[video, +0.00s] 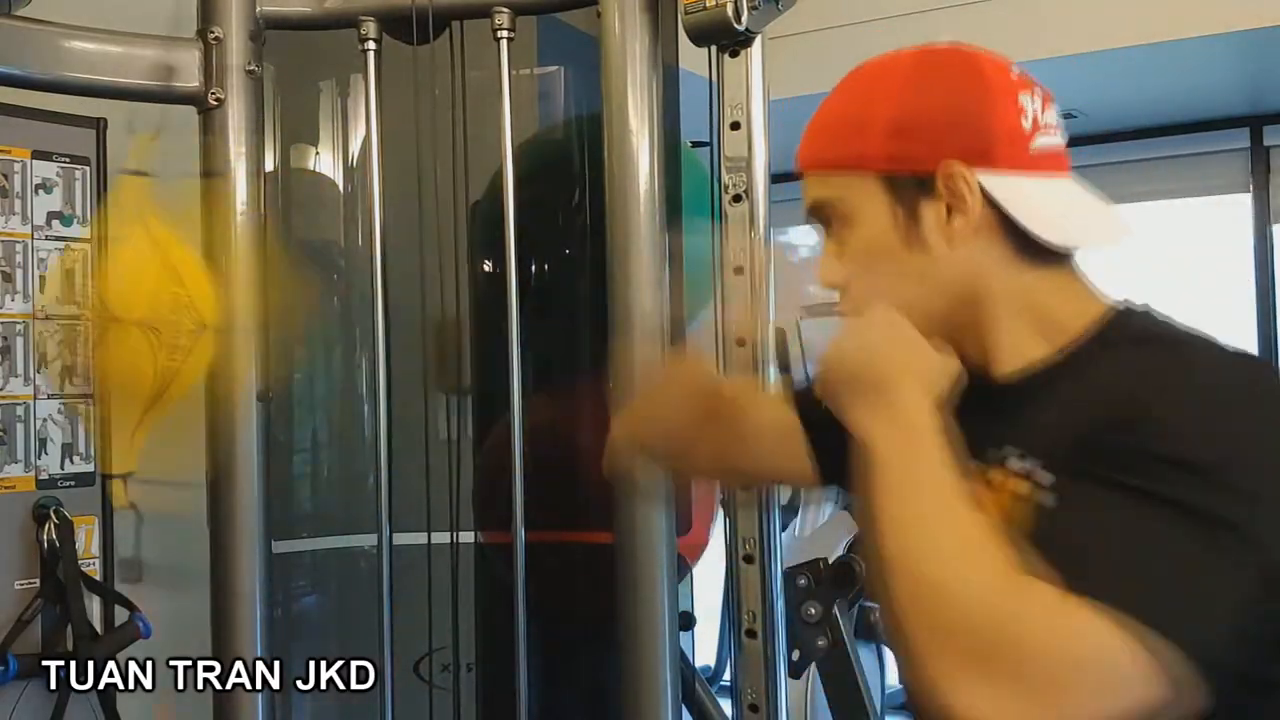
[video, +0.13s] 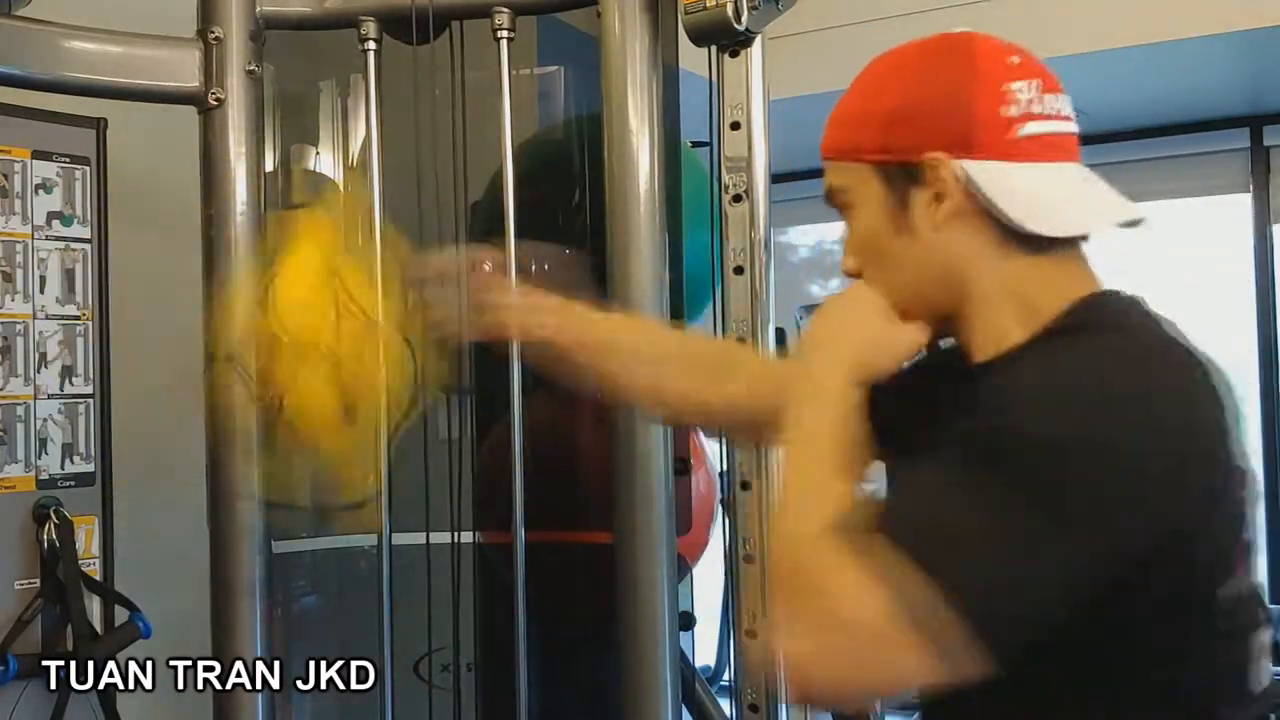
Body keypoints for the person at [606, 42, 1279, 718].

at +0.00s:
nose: (827, 278)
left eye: (836, 227)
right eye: (823, 235)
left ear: (954, 204)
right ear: (956, 208)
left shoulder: (1226, 415)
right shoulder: (956, 394)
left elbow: (1008, 691)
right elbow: (704, 434)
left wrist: (894, 412)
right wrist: (679, 403)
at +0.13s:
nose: (845, 262)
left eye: (848, 217)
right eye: (839, 224)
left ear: (942, 195)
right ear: (949, 197)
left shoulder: (1116, 405)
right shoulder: (991, 370)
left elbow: (819, 646)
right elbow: (757, 392)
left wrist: (827, 376)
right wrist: (529, 316)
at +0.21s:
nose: (844, 268)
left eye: (843, 225)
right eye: (838, 229)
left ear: (919, 205)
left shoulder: (1012, 433)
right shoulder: (1142, 371)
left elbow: (762, 661)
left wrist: (792, 381)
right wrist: (772, 389)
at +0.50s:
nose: (788, 270)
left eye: (798, 219)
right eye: (788, 225)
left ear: (908, 207)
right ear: (910, 208)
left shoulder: (1079, 414)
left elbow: (877, 683)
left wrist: (780, 399)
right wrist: (912, 429)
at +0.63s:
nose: (812, 251)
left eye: (834, 198)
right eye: (810, 209)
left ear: (966, 184)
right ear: (965, 186)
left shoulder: (1218, 390)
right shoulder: (856, 398)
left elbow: (1093, 652)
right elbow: (642, 441)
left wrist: (914, 372)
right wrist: (465, 334)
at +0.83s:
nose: (805, 290)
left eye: (834, 235)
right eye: (805, 249)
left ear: (961, 226)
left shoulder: (1194, 422)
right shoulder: (832, 454)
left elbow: (1174, 669)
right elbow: (610, 484)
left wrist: (960, 413)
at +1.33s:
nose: (785, 379)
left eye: (786, 339)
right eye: (780, 347)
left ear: (854, 302)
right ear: (945, 314)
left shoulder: (890, 439)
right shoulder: (1058, 453)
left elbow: (672, 679)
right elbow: (1236, 696)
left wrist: (714, 460)